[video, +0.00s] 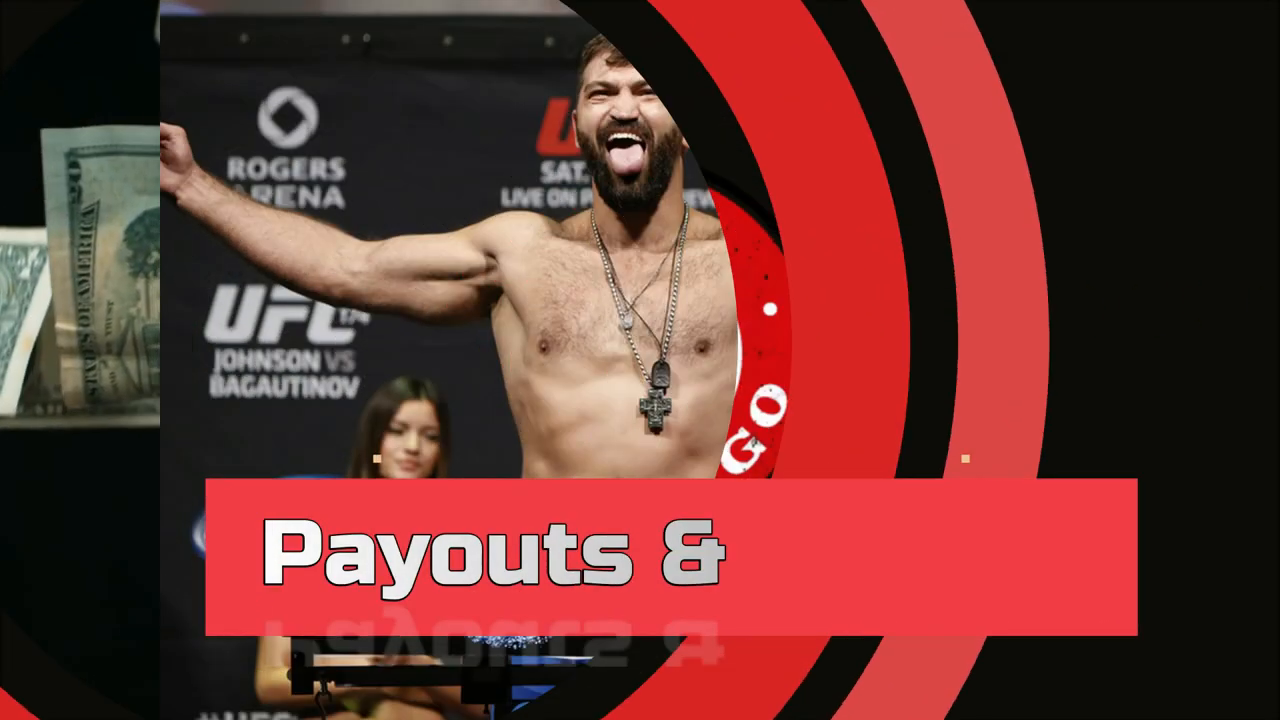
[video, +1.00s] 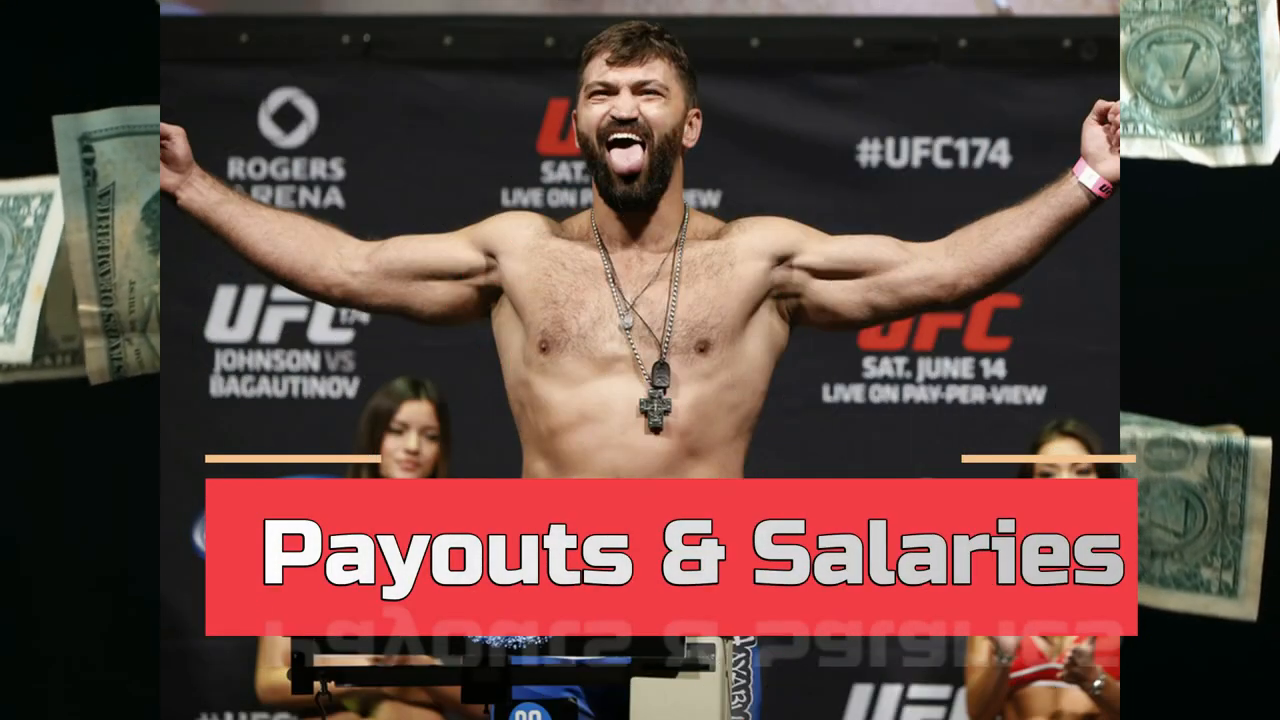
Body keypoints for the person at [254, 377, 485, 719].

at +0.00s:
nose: (413, 446)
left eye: (429, 435)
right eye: (398, 431)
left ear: (442, 450)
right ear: (374, 439)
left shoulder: (465, 528)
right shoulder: (314, 522)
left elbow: (483, 699)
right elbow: (269, 683)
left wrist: (425, 674)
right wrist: (355, 678)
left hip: (423, 709)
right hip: (337, 706)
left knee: (396, 710)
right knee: (342, 716)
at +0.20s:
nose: (413, 447)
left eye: (429, 435)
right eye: (398, 431)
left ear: (442, 449)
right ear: (374, 437)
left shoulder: (465, 525)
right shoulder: (317, 519)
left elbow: (482, 699)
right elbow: (269, 682)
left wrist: (427, 675)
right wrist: (351, 679)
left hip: (423, 707)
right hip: (338, 704)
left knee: (397, 711)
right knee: (342, 716)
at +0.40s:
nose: (413, 447)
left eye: (429, 435)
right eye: (398, 431)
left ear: (442, 449)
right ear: (374, 437)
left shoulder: (465, 526)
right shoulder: (317, 519)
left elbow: (482, 699)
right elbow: (269, 682)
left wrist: (427, 676)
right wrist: (350, 679)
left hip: (423, 707)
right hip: (338, 704)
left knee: (397, 710)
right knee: (342, 716)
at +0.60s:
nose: (412, 447)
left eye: (429, 435)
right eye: (398, 431)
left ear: (442, 449)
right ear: (374, 438)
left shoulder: (466, 526)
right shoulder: (317, 520)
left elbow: (483, 700)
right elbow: (269, 682)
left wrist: (427, 675)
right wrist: (350, 679)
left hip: (423, 707)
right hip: (338, 704)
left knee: (397, 710)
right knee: (342, 716)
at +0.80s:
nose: (413, 447)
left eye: (429, 435)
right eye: (398, 431)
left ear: (442, 449)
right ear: (374, 437)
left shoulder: (466, 526)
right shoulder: (317, 519)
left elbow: (482, 699)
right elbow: (269, 682)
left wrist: (427, 676)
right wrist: (350, 679)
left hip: (423, 707)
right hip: (338, 704)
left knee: (397, 710)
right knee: (342, 716)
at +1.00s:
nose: (412, 447)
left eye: (429, 435)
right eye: (398, 431)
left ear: (442, 449)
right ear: (374, 438)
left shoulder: (465, 526)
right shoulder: (316, 520)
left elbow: (484, 699)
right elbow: (269, 682)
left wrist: (427, 676)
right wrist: (349, 680)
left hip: (423, 708)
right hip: (337, 705)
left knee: (396, 710)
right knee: (342, 716)